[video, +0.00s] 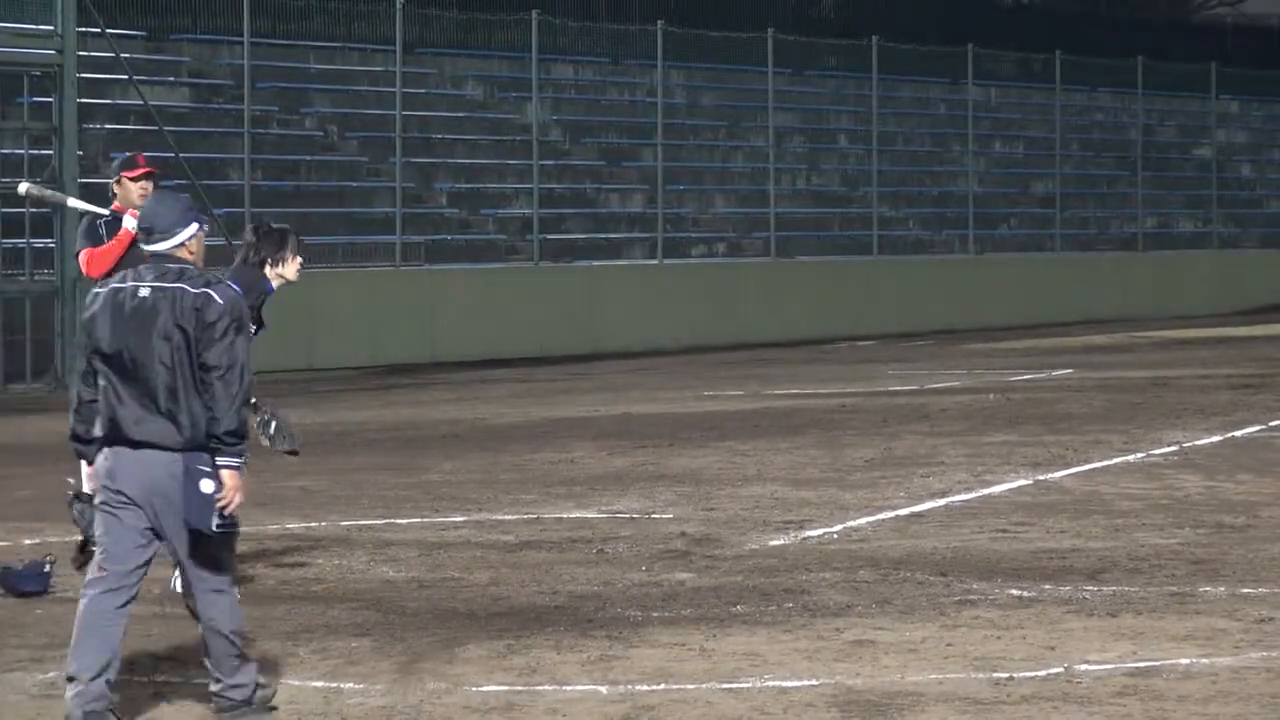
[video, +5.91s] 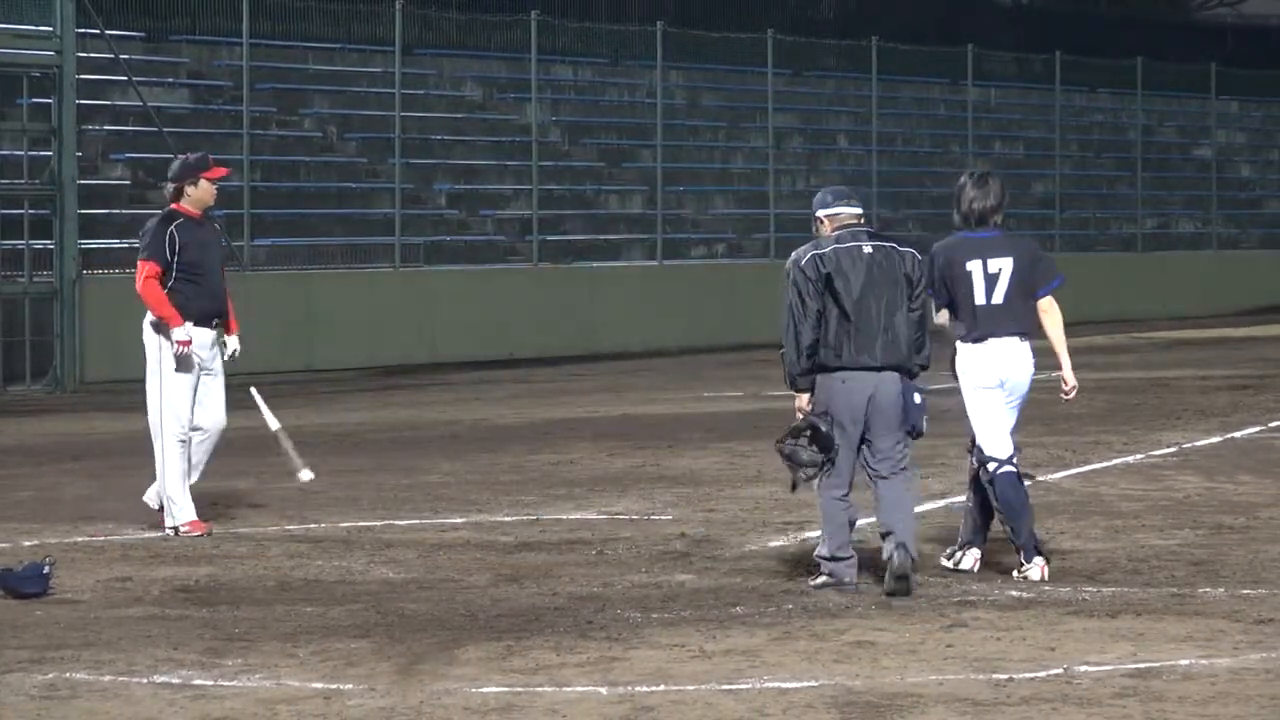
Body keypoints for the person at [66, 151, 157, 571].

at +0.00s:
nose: (147, 187)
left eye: (150, 180)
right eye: (137, 180)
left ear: (152, 185)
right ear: (115, 185)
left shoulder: (156, 228)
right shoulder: (97, 227)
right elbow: (92, 268)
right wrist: (129, 230)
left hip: (155, 353)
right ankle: (97, 534)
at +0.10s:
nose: (143, 186)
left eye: (147, 180)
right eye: (135, 180)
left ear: (153, 186)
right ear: (117, 186)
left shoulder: (158, 225)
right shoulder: (97, 224)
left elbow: (179, 272)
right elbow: (95, 268)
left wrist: (162, 239)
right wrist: (127, 233)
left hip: (152, 324)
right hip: (108, 325)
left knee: (148, 412)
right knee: (99, 414)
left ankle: (147, 506)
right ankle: (97, 512)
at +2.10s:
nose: (159, 191)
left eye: (159, 185)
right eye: (155, 185)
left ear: (139, 189)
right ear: (134, 188)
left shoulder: (156, 228)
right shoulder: (101, 222)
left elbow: (186, 270)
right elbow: (99, 267)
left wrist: (166, 240)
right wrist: (135, 235)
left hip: (153, 335)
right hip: (113, 334)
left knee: (152, 428)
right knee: (104, 429)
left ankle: (151, 512)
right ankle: (98, 517)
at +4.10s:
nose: (157, 192)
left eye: (158, 186)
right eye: (150, 186)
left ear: (154, 190)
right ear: (125, 187)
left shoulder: (158, 228)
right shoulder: (102, 223)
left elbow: (188, 273)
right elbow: (100, 266)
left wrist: (168, 242)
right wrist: (138, 236)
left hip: (157, 335)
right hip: (115, 334)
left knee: (155, 427)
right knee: (105, 428)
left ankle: (151, 513)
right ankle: (98, 516)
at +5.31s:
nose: (198, 191)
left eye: (198, 185)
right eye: (192, 185)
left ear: (180, 188)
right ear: (169, 187)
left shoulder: (188, 230)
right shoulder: (140, 220)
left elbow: (210, 283)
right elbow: (126, 269)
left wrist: (209, 265)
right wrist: (178, 253)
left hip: (178, 334)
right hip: (143, 328)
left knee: (168, 424)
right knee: (150, 418)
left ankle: (157, 509)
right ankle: (140, 511)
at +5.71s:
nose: (211, 188)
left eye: (210, 182)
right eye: (204, 183)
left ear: (191, 188)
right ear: (182, 187)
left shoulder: (205, 231)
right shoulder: (157, 225)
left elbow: (216, 276)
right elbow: (136, 277)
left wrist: (233, 311)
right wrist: (174, 311)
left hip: (197, 331)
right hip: (160, 330)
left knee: (180, 425)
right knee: (170, 424)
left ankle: (149, 509)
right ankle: (180, 514)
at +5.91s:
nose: (216, 188)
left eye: (215, 182)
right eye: (210, 182)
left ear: (194, 188)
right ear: (188, 187)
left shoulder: (212, 228)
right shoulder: (163, 225)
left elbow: (217, 281)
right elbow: (145, 281)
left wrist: (231, 327)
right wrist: (176, 324)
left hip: (209, 337)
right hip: (173, 335)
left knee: (210, 422)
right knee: (172, 427)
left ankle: (163, 492)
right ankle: (179, 516)